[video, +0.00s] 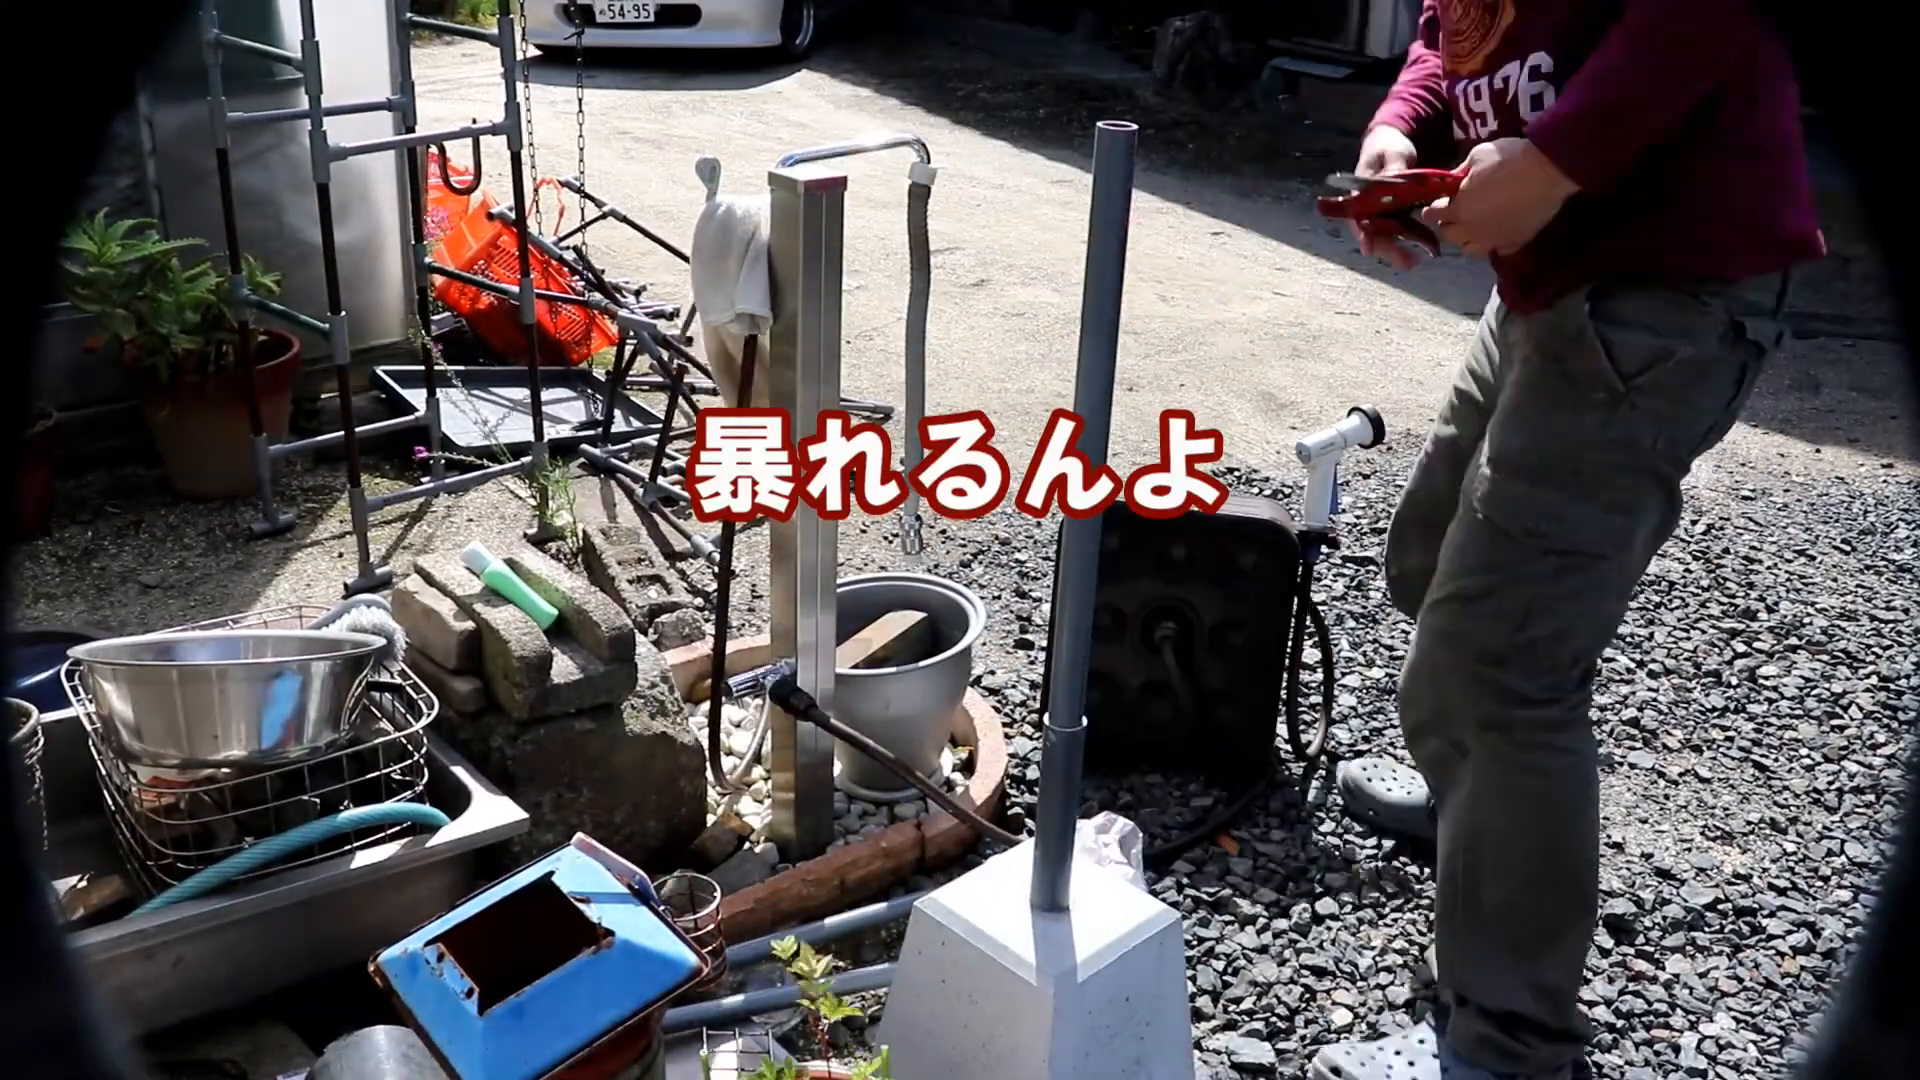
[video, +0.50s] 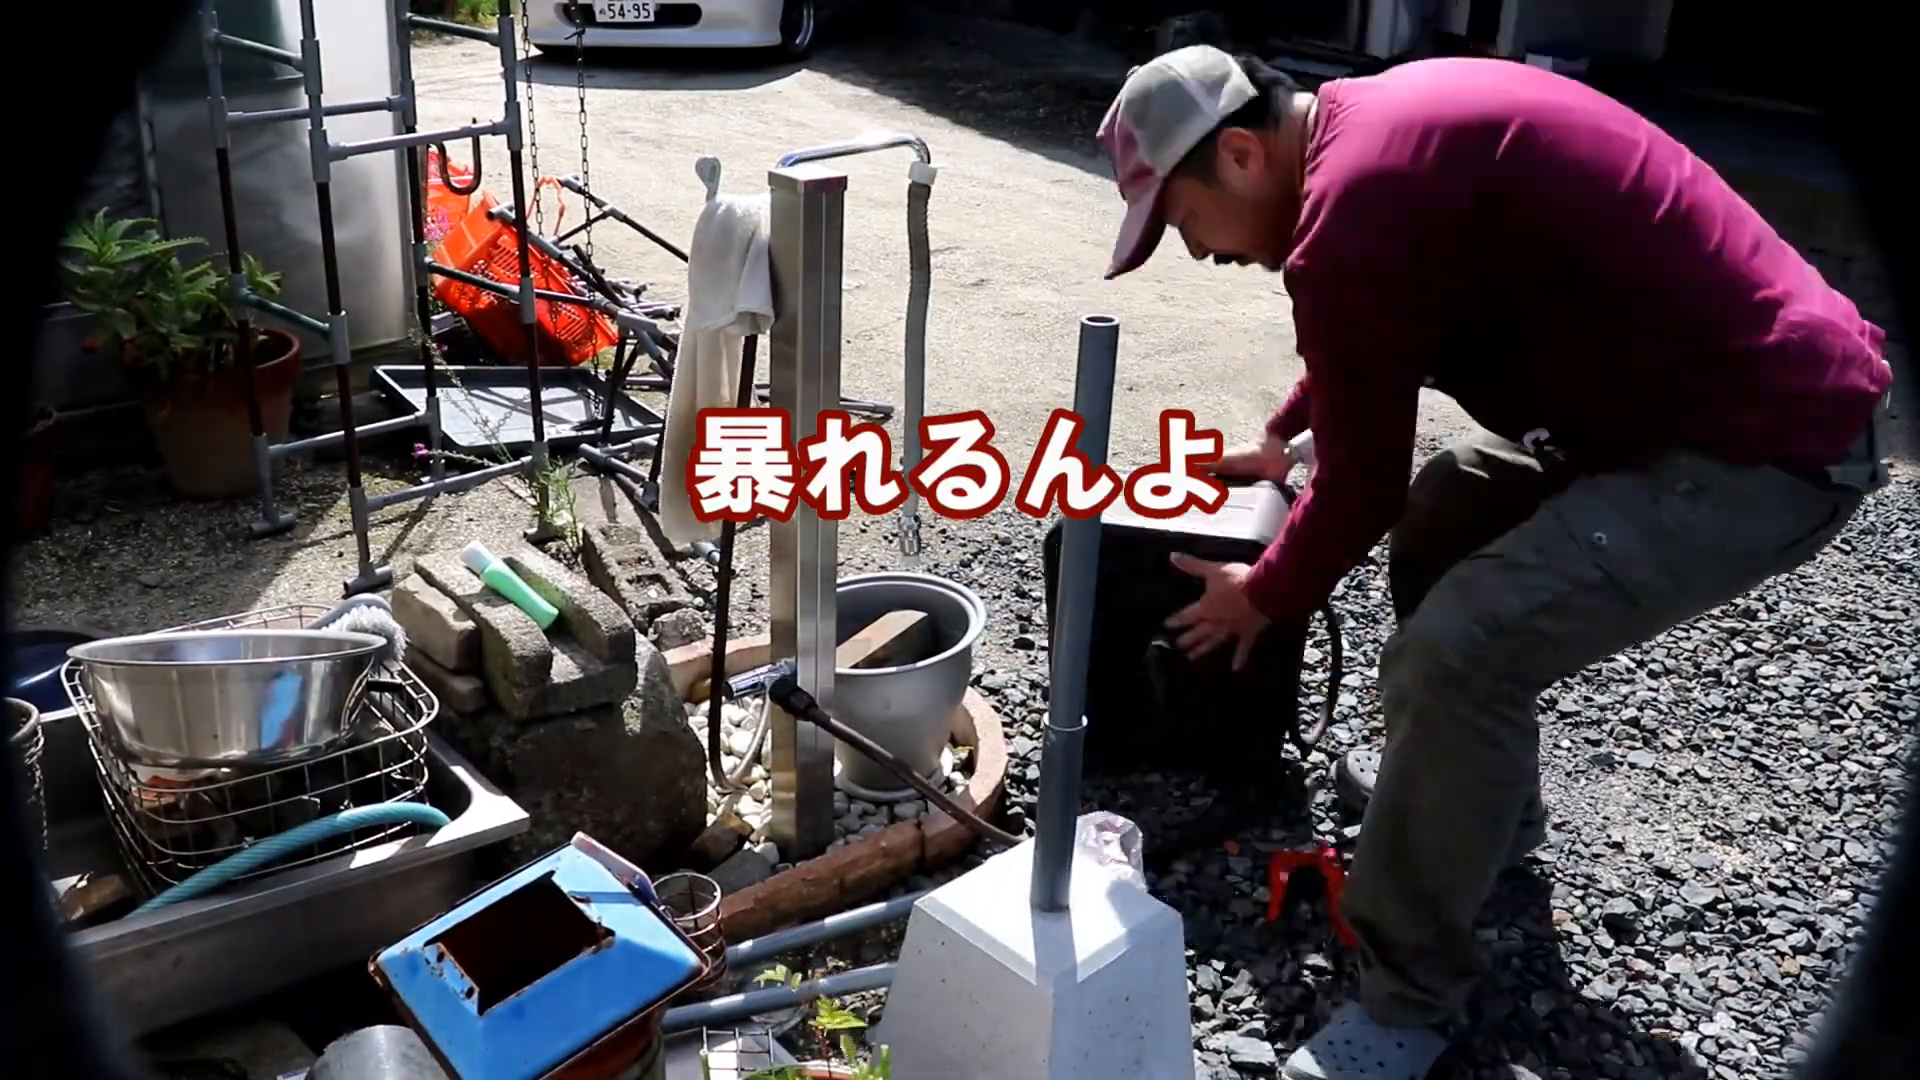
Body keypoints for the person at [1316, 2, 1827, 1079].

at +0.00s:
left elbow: (1703, 28)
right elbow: (1451, 36)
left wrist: (1560, 153)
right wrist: (1399, 124)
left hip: (1674, 277)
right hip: (1559, 259)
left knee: (1498, 668)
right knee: (1434, 561)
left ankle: (1510, 1043)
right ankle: (1468, 802)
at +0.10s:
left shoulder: (1653, 17)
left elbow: (1553, 95)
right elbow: (1414, 8)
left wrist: (1293, 246)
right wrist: (1299, 138)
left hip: (1594, 344)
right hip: (1483, 309)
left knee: (1487, 756)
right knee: (1416, 652)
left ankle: (1493, 1055)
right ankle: (1385, 904)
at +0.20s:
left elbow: (1560, 105)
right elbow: (1408, 11)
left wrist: (1311, 309)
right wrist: (1279, 192)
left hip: (1635, 344)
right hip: (1524, 307)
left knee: (1487, 763)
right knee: (1417, 659)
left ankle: (1492, 1056)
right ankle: (1383, 905)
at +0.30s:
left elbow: (1532, 100)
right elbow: (1409, 14)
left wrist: (1295, 294)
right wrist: (1282, 193)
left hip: (1628, 346)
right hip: (1515, 310)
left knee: (1488, 767)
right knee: (1420, 657)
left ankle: (1490, 1054)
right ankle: (1383, 902)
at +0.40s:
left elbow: (1524, 112)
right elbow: (1386, 5)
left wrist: (1283, 297)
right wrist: (1268, 183)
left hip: (1609, 342)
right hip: (1504, 302)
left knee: (1485, 764)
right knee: (1419, 650)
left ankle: (1491, 1057)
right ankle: (1384, 899)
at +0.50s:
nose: (1196, 248)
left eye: (1179, 219)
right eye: (1173, 230)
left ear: (1237, 152)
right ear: (1245, 136)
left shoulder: (1353, 225)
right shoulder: (1367, 120)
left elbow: (1363, 485)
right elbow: (1378, 322)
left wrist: (1266, 592)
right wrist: (1281, 437)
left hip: (1767, 448)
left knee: (1457, 654)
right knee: (1441, 513)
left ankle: (1406, 1002)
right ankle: (1467, 810)